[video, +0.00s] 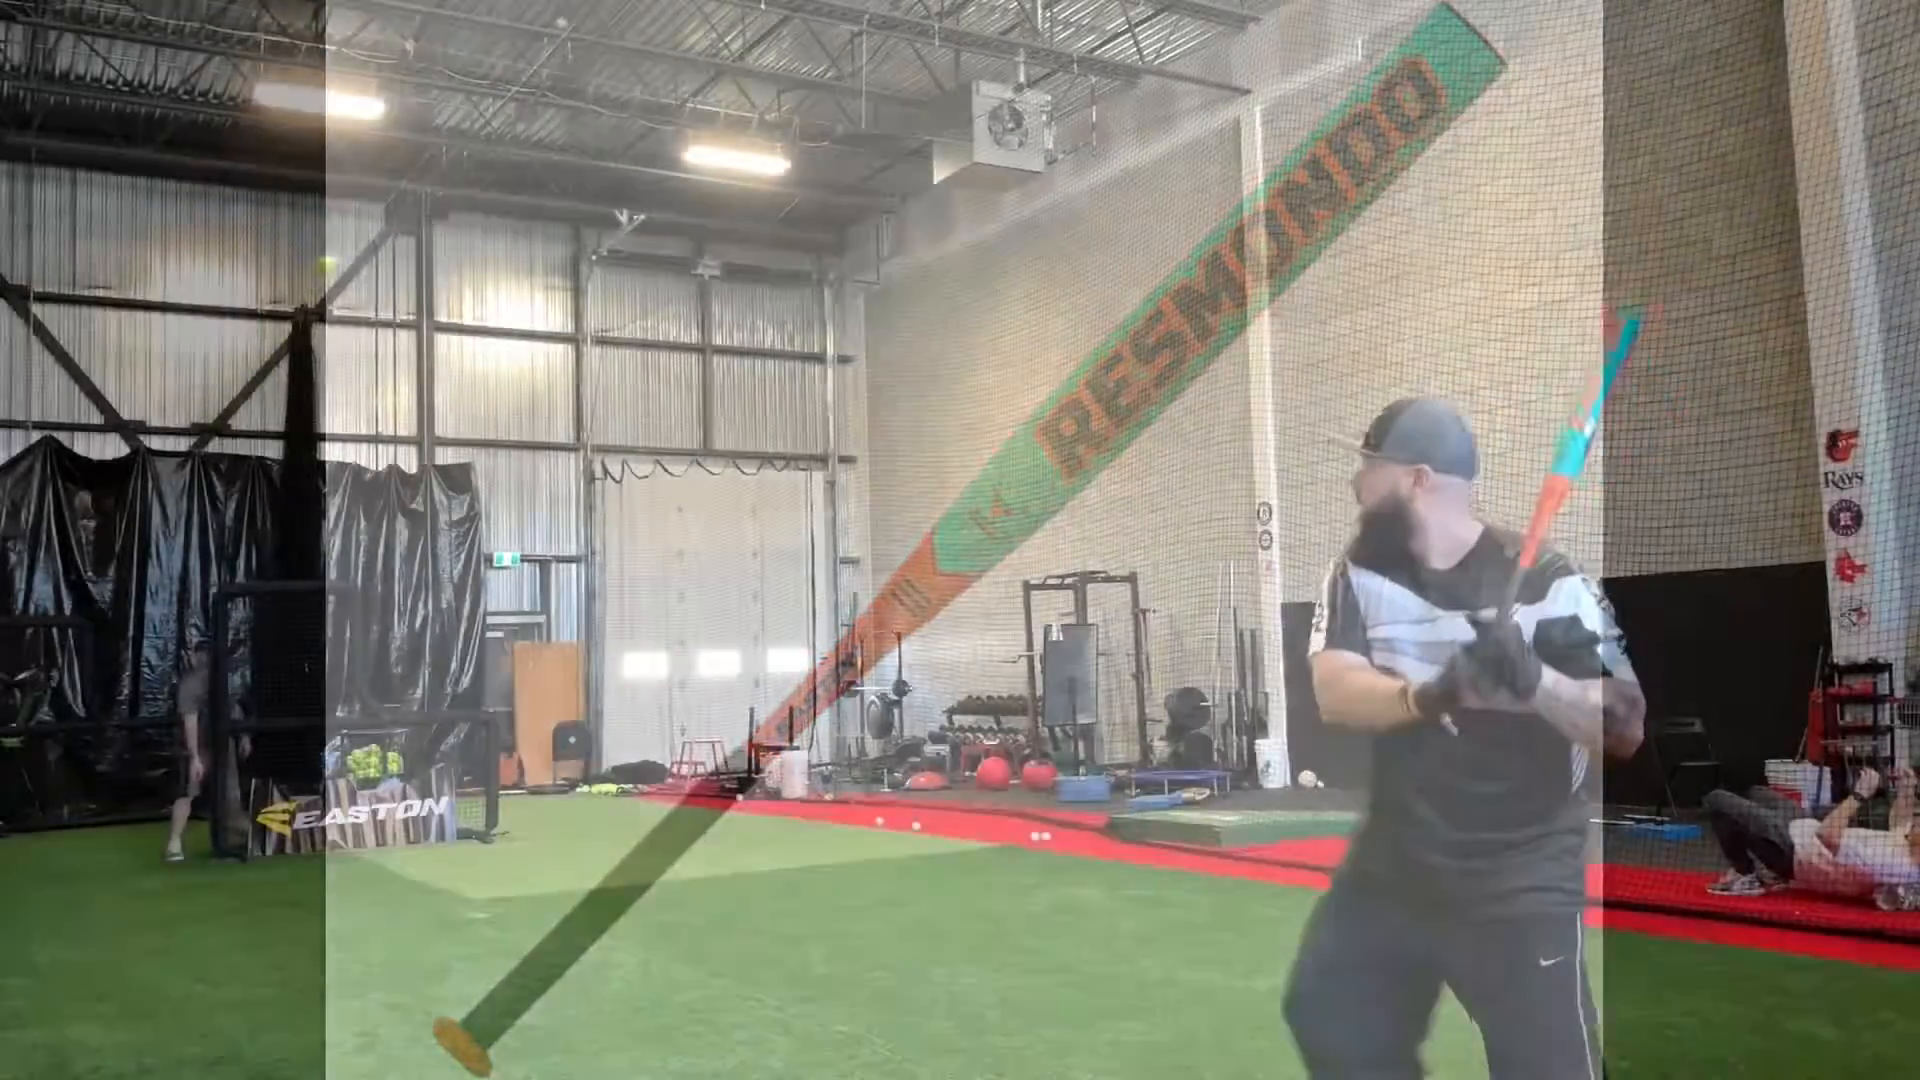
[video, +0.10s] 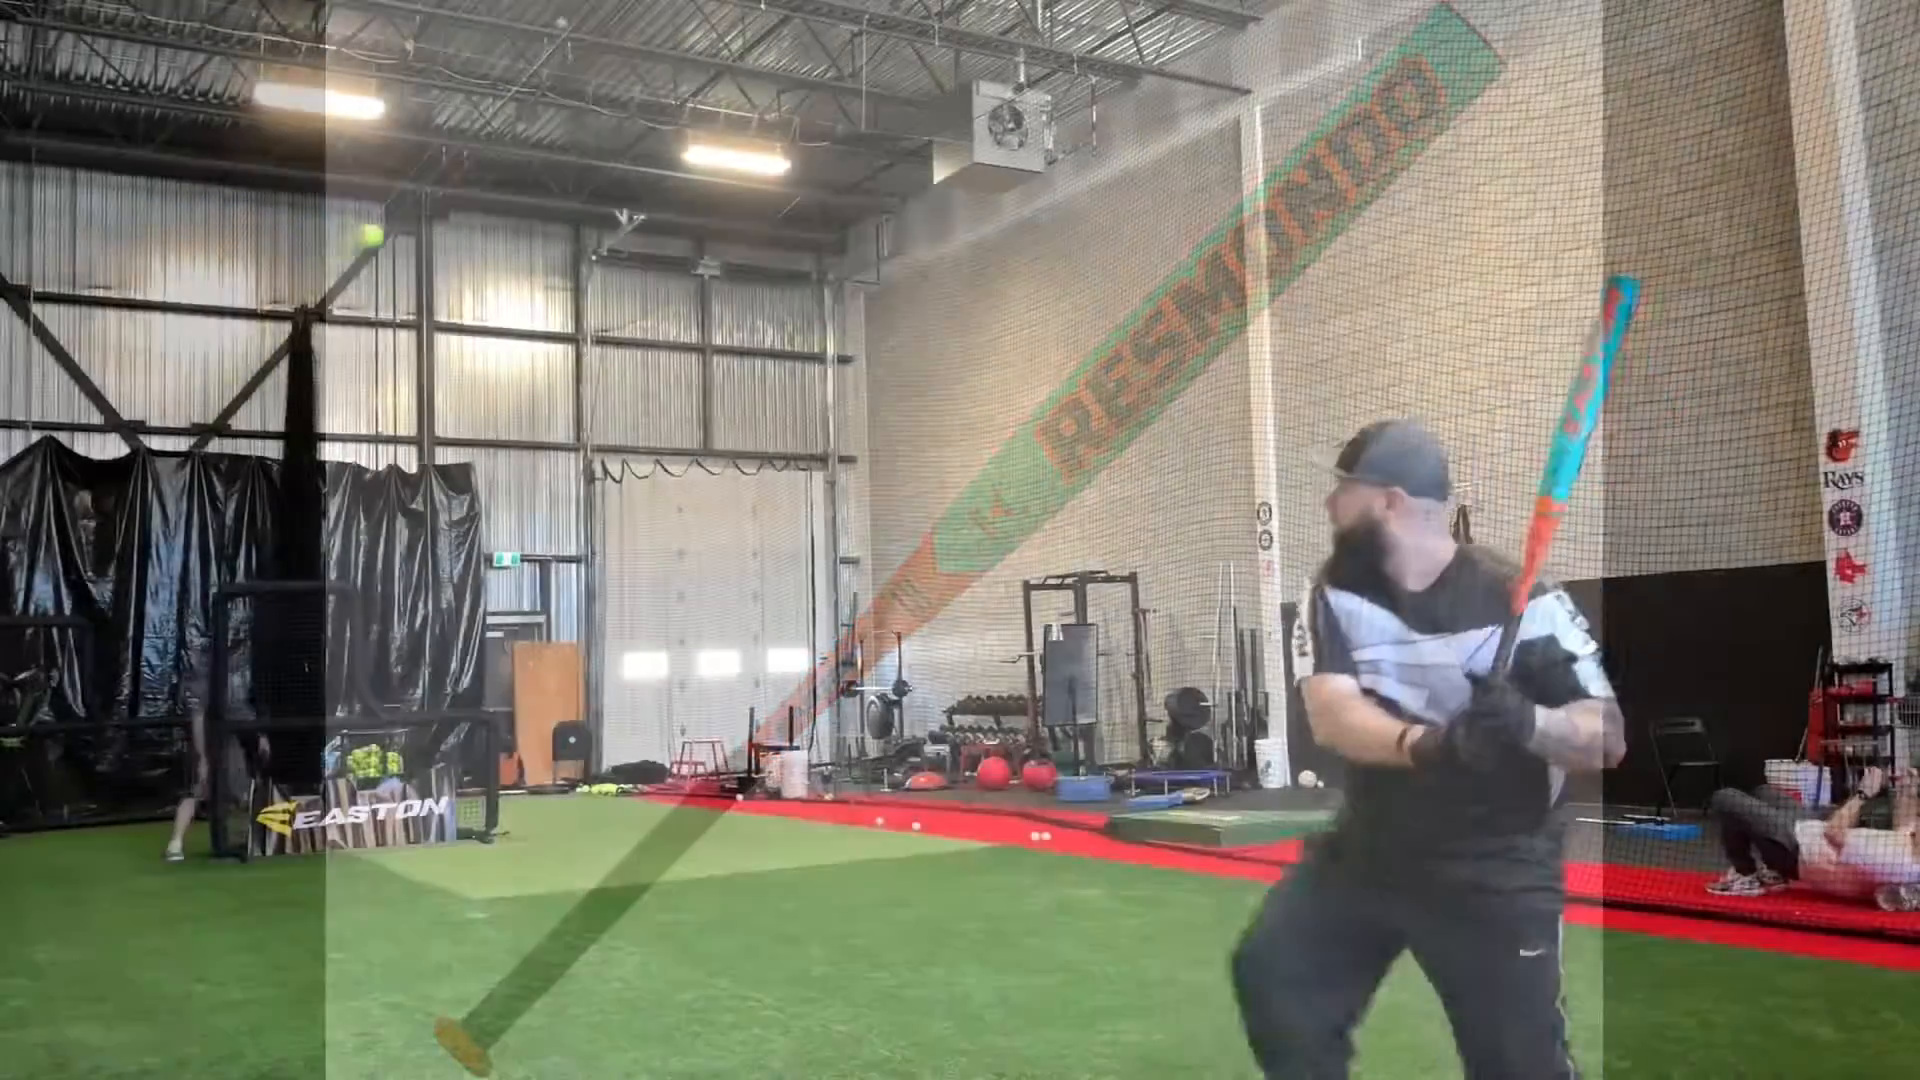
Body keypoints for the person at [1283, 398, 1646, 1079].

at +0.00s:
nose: (1355, 480)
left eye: (1369, 462)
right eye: (1361, 463)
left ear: (1417, 474)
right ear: (1417, 476)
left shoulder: (1549, 580)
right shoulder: (1363, 575)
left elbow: (1624, 727)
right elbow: (1334, 695)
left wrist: (1534, 684)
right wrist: (1437, 691)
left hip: (1519, 882)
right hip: (1394, 870)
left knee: (1550, 1065)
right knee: (1330, 1019)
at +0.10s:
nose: (1328, 502)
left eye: (1342, 485)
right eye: (1334, 486)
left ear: (1389, 500)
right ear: (1387, 502)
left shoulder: (1523, 599)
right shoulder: (1338, 592)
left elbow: (1606, 739)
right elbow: (1332, 718)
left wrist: (1535, 725)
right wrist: (1435, 743)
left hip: (1492, 871)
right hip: (1367, 858)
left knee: (1518, 1062)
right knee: (1275, 976)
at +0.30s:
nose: (1258, 539)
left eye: (1273, 524)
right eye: (1263, 524)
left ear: (1323, 537)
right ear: (1318, 539)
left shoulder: (1440, 613)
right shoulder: (1269, 616)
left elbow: (1543, 742)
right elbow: (1267, 702)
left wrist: (1483, 685)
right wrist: (1392, 702)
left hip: (1430, 881)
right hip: (1306, 873)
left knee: (1472, 1052)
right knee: (1195, 994)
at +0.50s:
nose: (1228, 559)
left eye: (1241, 550)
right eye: (1233, 548)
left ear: (1286, 570)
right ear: (1285, 570)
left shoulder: (1311, 661)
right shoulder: (1264, 633)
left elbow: (1233, 771)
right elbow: (1160, 630)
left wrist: (1202, 678)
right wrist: (1206, 620)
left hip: (1312, 896)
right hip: (1274, 886)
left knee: (1273, 1055)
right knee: (1189, 995)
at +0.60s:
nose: (1229, 554)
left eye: (1235, 542)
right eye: (1230, 541)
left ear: (1265, 553)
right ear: (1316, 542)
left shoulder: (1224, 646)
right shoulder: (1365, 610)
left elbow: (1143, 697)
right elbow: (1241, 618)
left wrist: (1086, 659)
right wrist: (1138, 630)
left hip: (1254, 892)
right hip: (1348, 885)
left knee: (1237, 1062)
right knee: (1197, 1047)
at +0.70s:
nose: (1186, 555)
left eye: (1186, 543)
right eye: (1184, 542)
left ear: (1200, 551)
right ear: (1269, 531)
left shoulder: (1180, 623)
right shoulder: (1344, 575)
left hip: (1245, 876)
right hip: (1349, 868)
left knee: (1213, 1054)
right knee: (1260, 1045)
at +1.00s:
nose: (1240, 517)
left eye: (1239, 506)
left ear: (1245, 512)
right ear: (1317, 495)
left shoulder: (1238, 593)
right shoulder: (1356, 541)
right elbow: (1383, 605)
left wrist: (1381, 508)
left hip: (1276, 850)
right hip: (1380, 846)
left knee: (1288, 1044)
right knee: (1323, 1038)